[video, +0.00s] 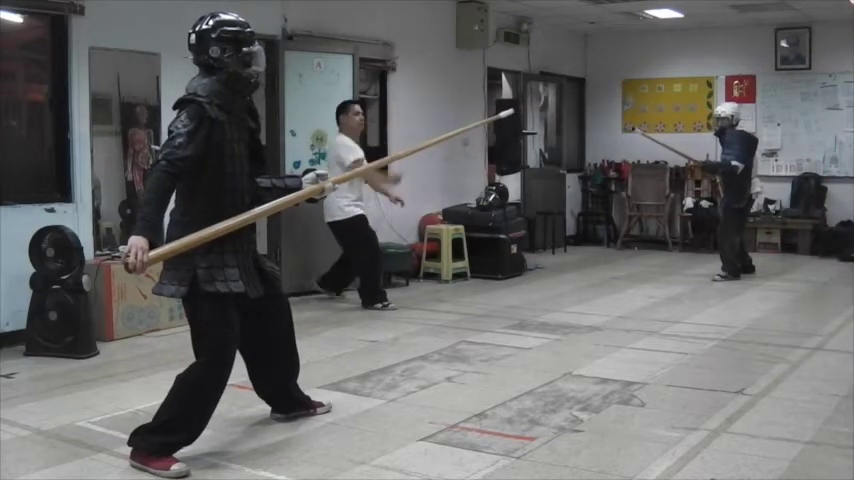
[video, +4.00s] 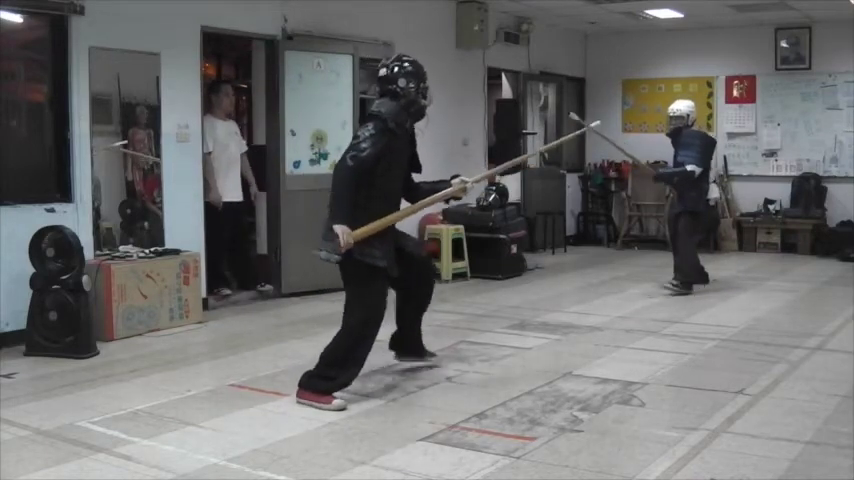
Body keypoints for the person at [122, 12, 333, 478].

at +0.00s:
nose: (253, 57)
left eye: (253, 49)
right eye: (242, 49)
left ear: (245, 54)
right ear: (213, 53)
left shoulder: (239, 108)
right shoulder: (200, 106)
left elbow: (246, 184)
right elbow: (165, 168)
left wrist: (300, 184)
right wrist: (144, 232)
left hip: (237, 245)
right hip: (203, 249)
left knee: (271, 315)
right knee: (216, 356)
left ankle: (286, 399)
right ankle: (152, 446)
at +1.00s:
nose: (368, 69)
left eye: (367, 62)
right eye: (360, 62)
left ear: (345, 64)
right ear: (341, 63)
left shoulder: (346, 108)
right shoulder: (322, 104)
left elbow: (348, 175)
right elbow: (288, 152)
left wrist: (394, 180)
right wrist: (275, 204)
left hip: (327, 224)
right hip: (311, 226)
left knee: (348, 300)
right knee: (355, 306)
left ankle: (322, 365)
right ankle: (332, 392)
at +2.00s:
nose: (441, 103)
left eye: (441, 96)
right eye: (436, 96)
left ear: (412, 97)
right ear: (422, 97)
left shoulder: (416, 134)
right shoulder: (401, 133)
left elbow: (413, 188)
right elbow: (374, 172)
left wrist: (449, 186)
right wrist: (367, 216)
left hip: (399, 233)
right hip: (382, 234)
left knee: (427, 281)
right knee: (384, 313)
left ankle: (429, 350)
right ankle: (325, 378)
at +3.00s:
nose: (408, 83)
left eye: (407, 75)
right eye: (402, 76)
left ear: (380, 77)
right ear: (387, 78)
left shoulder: (381, 121)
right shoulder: (363, 116)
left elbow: (388, 182)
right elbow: (330, 158)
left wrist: (424, 178)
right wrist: (323, 208)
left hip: (359, 230)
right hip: (336, 230)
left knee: (381, 286)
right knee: (354, 306)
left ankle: (370, 362)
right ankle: (314, 387)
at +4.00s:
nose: (424, 97)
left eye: (423, 89)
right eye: (419, 89)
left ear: (400, 90)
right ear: (403, 90)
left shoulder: (402, 132)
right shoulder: (379, 130)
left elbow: (410, 191)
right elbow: (345, 169)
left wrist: (450, 188)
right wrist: (340, 222)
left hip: (382, 234)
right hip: (357, 237)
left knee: (419, 272)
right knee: (366, 312)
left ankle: (408, 344)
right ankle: (316, 386)